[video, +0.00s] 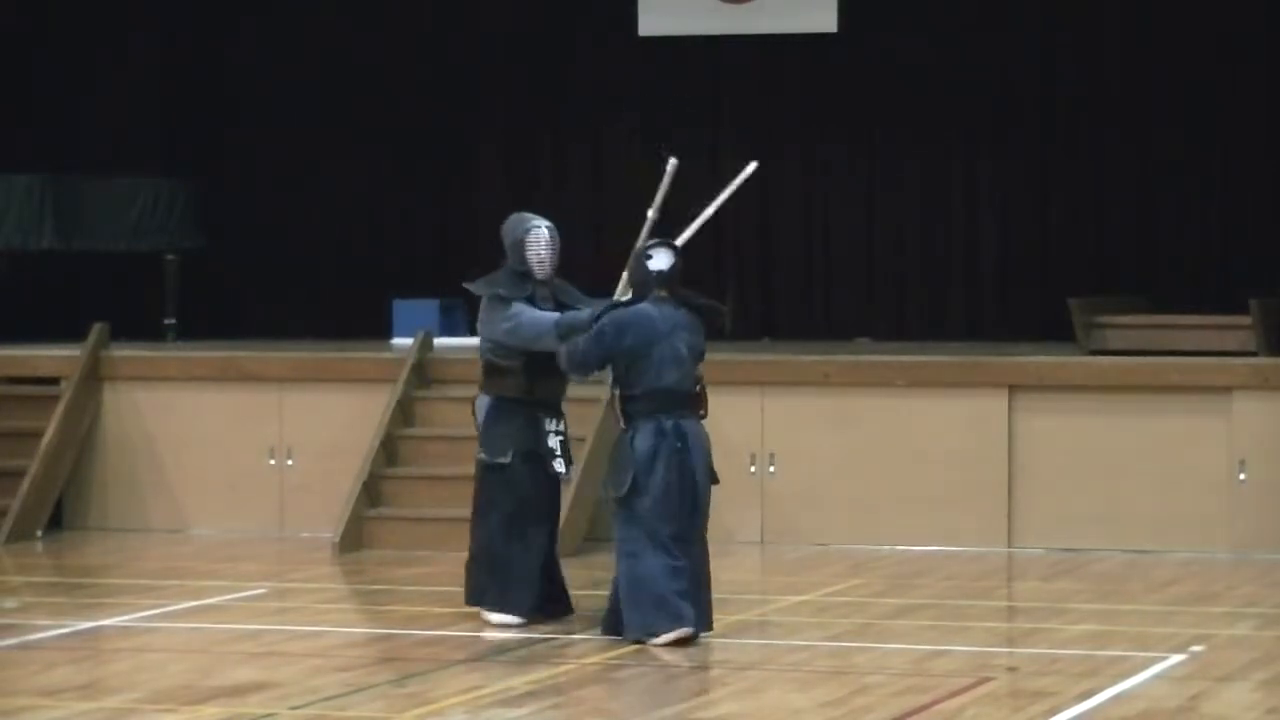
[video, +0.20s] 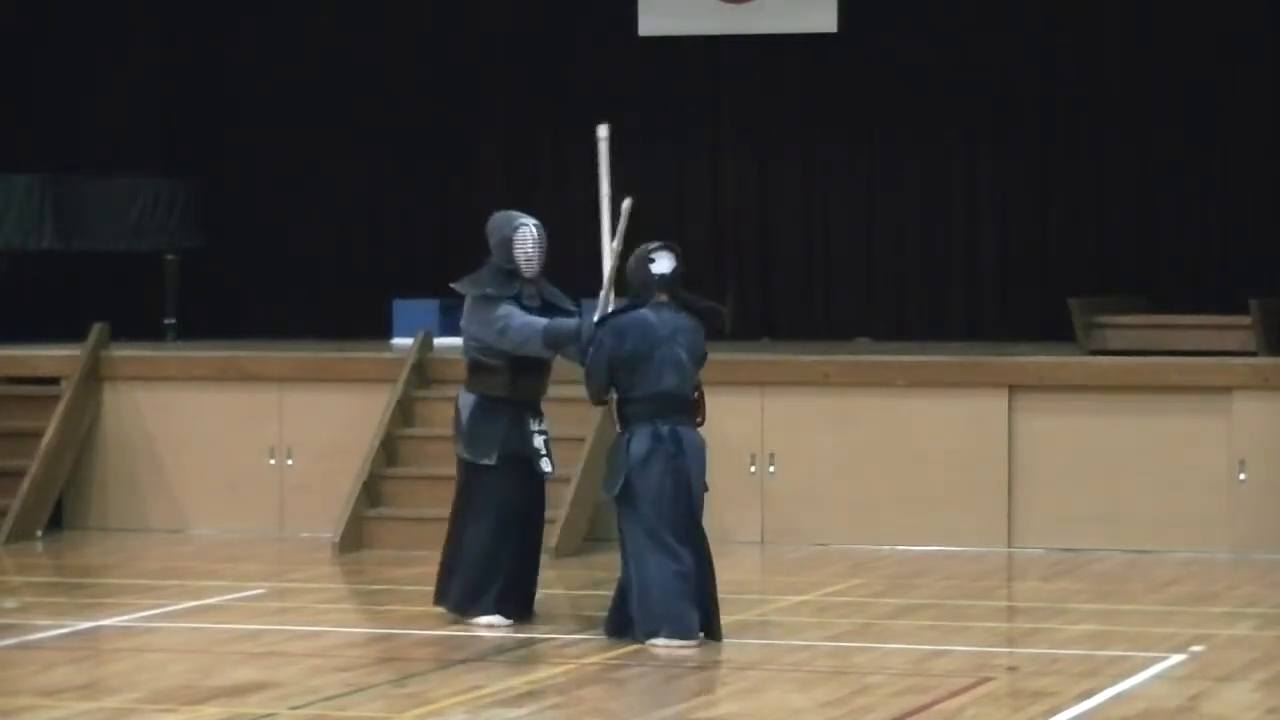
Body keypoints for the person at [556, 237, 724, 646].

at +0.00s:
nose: (626, 276)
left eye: (629, 270)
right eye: (631, 269)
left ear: (636, 277)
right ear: (672, 278)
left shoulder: (627, 321)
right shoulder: (690, 322)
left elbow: (576, 358)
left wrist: (575, 330)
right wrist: (624, 313)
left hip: (650, 432)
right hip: (692, 430)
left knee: (643, 526)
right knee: (681, 526)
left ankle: (670, 619)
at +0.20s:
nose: (631, 282)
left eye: (633, 276)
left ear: (635, 281)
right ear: (674, 280)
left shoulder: (616, 328)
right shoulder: (691, 326)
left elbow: (597, 389)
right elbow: (693, 367)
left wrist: (599, 340)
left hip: (642, 437)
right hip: (687, 434)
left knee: (647, 530)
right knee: (678, 528)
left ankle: (672, 626)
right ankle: (631, 618)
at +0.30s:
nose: (626, 286)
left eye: (628, 280)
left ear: (632, 284)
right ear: (670, 283)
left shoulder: (617, 331)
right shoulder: (690, 327)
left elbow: (595, 397)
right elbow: (691, 370)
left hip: (644, 440)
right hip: (686, 436)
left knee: (649, 532)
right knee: (676, 530)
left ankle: (676, 629)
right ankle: (630, 620)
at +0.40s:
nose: (624, 286)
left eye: (627, 280)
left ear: (631, 283)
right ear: (669, 282)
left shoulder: (620, 331)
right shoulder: (689, 327)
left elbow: (593, 399)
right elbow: (690, 372)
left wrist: (619, 391)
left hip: (643, 438)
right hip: (683, 435)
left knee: (647, 530)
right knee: (677, 529)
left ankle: (676, 628)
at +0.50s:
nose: (620, 287)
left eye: (622, 281)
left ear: (628, 284)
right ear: (664, 283)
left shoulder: (618, 332)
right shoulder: (684, 327)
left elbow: (589, 396)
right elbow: (686, 367)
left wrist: (600, 363)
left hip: (641, 437)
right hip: (680, 434)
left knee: (647, 529)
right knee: (676, 528)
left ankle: (677, 628)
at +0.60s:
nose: (615, 288)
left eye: (618, 282)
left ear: (622, 285)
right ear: (656, 283)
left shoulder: (614, 332)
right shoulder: (676, 326)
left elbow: (585, 389)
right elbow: (683, 361)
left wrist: (585, 348)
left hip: (637, 436)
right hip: (674, 433)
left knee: (639, 526)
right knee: (671, 526)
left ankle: (673, 627)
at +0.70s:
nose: (605, 291)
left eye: (608, 285)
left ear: (614, 288)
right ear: (647, 285)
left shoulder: (609, 332)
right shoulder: (669, 328)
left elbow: (572, 382)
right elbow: (669, 364)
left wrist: (572, 344)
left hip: (632, 437)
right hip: (666, 433)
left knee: (638, 527)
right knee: (628, 527)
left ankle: (672, 625)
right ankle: (612, 618)